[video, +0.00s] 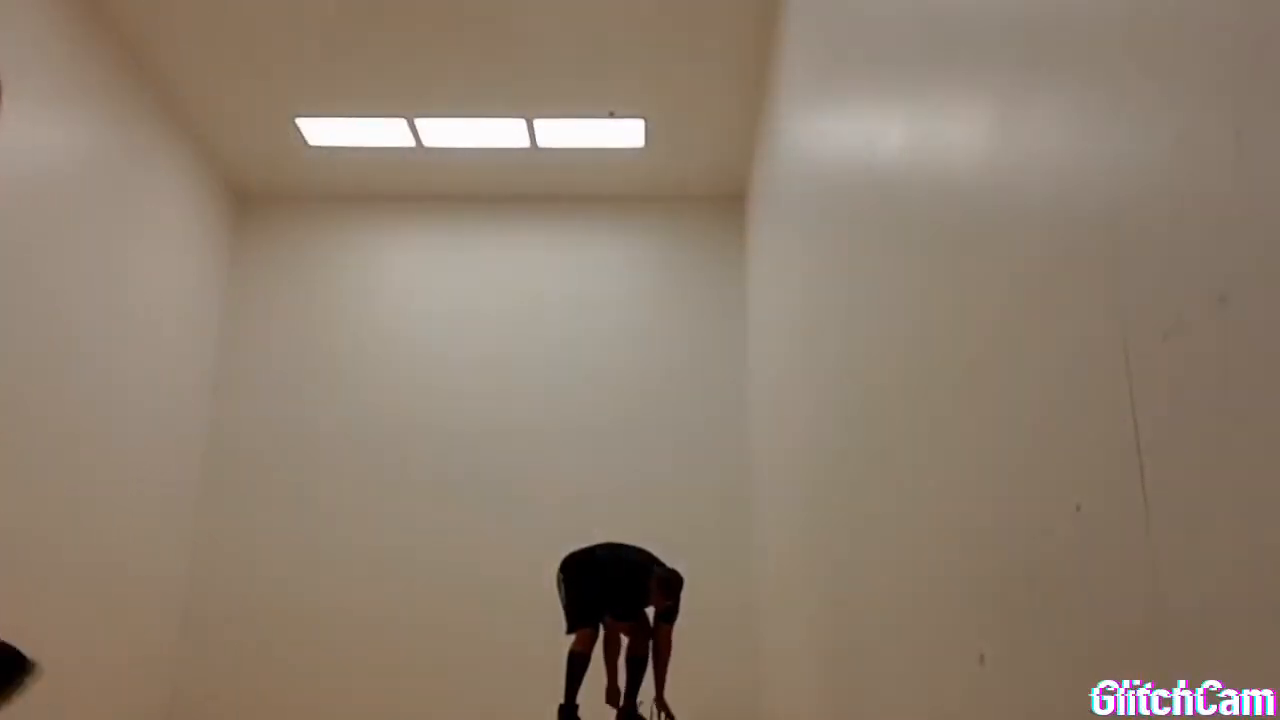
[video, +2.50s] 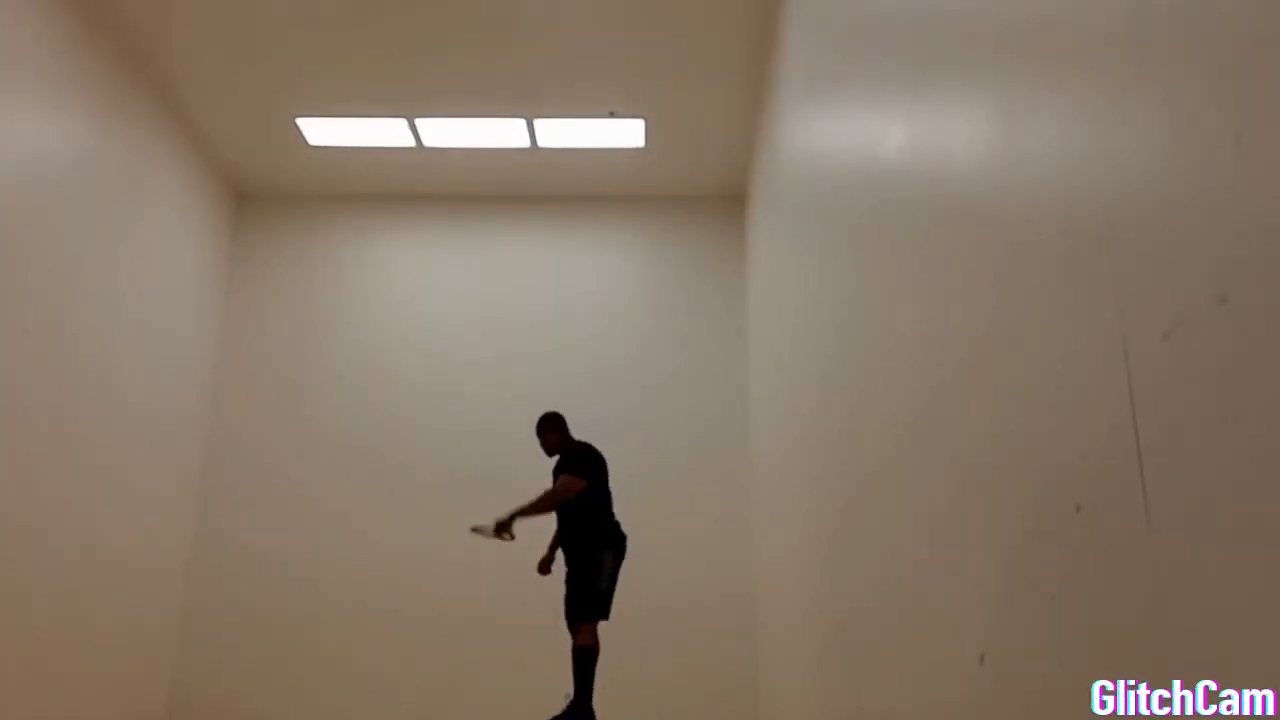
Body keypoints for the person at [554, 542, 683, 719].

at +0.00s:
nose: (661, 605)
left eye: (667, 601)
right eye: (660, 599)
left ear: (674, 594)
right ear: (655, 587)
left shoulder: (670, 590)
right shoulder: (627, 585)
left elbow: (662, 641)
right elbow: (611, 636)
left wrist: (660, 695)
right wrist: (612, 685)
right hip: (577, 573)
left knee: (641, 634)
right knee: (586, 633)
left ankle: (629, 706)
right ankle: (568, 706)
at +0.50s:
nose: (666, 514)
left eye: (671, 510)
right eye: (663, 508)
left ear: (676, 508)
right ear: (653, 502)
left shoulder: (673, 533)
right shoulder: (622, 510)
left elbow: (671, 583)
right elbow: (599, 560)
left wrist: (672, 632)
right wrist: (600, 617)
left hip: (623, 571)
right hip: (586, 562)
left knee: (638, 632)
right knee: (588, 629)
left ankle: (628, 707)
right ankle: (569, 705)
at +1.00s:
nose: (623, 440)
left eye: (628, 435)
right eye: (618, 434)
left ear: (634, 437)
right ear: (608, 437)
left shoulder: (650, 473)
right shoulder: (589, 471)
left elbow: (675, 508)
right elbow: (571, 516)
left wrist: (680, 535)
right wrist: (571, 557)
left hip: (635, 568)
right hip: (596, 566)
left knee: (634, 635)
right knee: (591, 633)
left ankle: (628, 705)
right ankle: (584, 705)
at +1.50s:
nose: (601, 443)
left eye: (604, 438)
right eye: (599, 438)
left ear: (609, 441)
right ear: (593, 440)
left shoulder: (625, 465)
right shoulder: (568, 471)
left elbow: (606, 447)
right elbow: (550, 512)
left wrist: (566, 430)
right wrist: (535, 549)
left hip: (611, 559)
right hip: (574, 559)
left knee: (615, 626)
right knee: (578, 631)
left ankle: (632, 696)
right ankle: (581, 705)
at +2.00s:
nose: (577, 444)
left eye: (580, 439)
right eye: (575, 440)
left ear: (583, 439)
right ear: (582, 438)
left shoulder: (608, 459)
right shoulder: (564, 472)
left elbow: (574, 453)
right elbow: (557, 517)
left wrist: (531, 444)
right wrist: (546, 563)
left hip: (601, 548)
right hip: (572, 550)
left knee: (584, 623)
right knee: (576, 625)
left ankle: (582, 703)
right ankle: (580, 701)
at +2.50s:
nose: (542, 443)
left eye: (544, 436)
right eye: (540, 437)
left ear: (557, 432)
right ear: (555, 433)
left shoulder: (582, 456)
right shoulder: (562, 467)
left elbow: (561, 496)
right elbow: (568, 516)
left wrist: (513, 515)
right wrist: (551, 552)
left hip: (599, 547)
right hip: (583, 550)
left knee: (584, 622)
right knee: (579, 623)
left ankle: (583, 704)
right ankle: (581, 702)